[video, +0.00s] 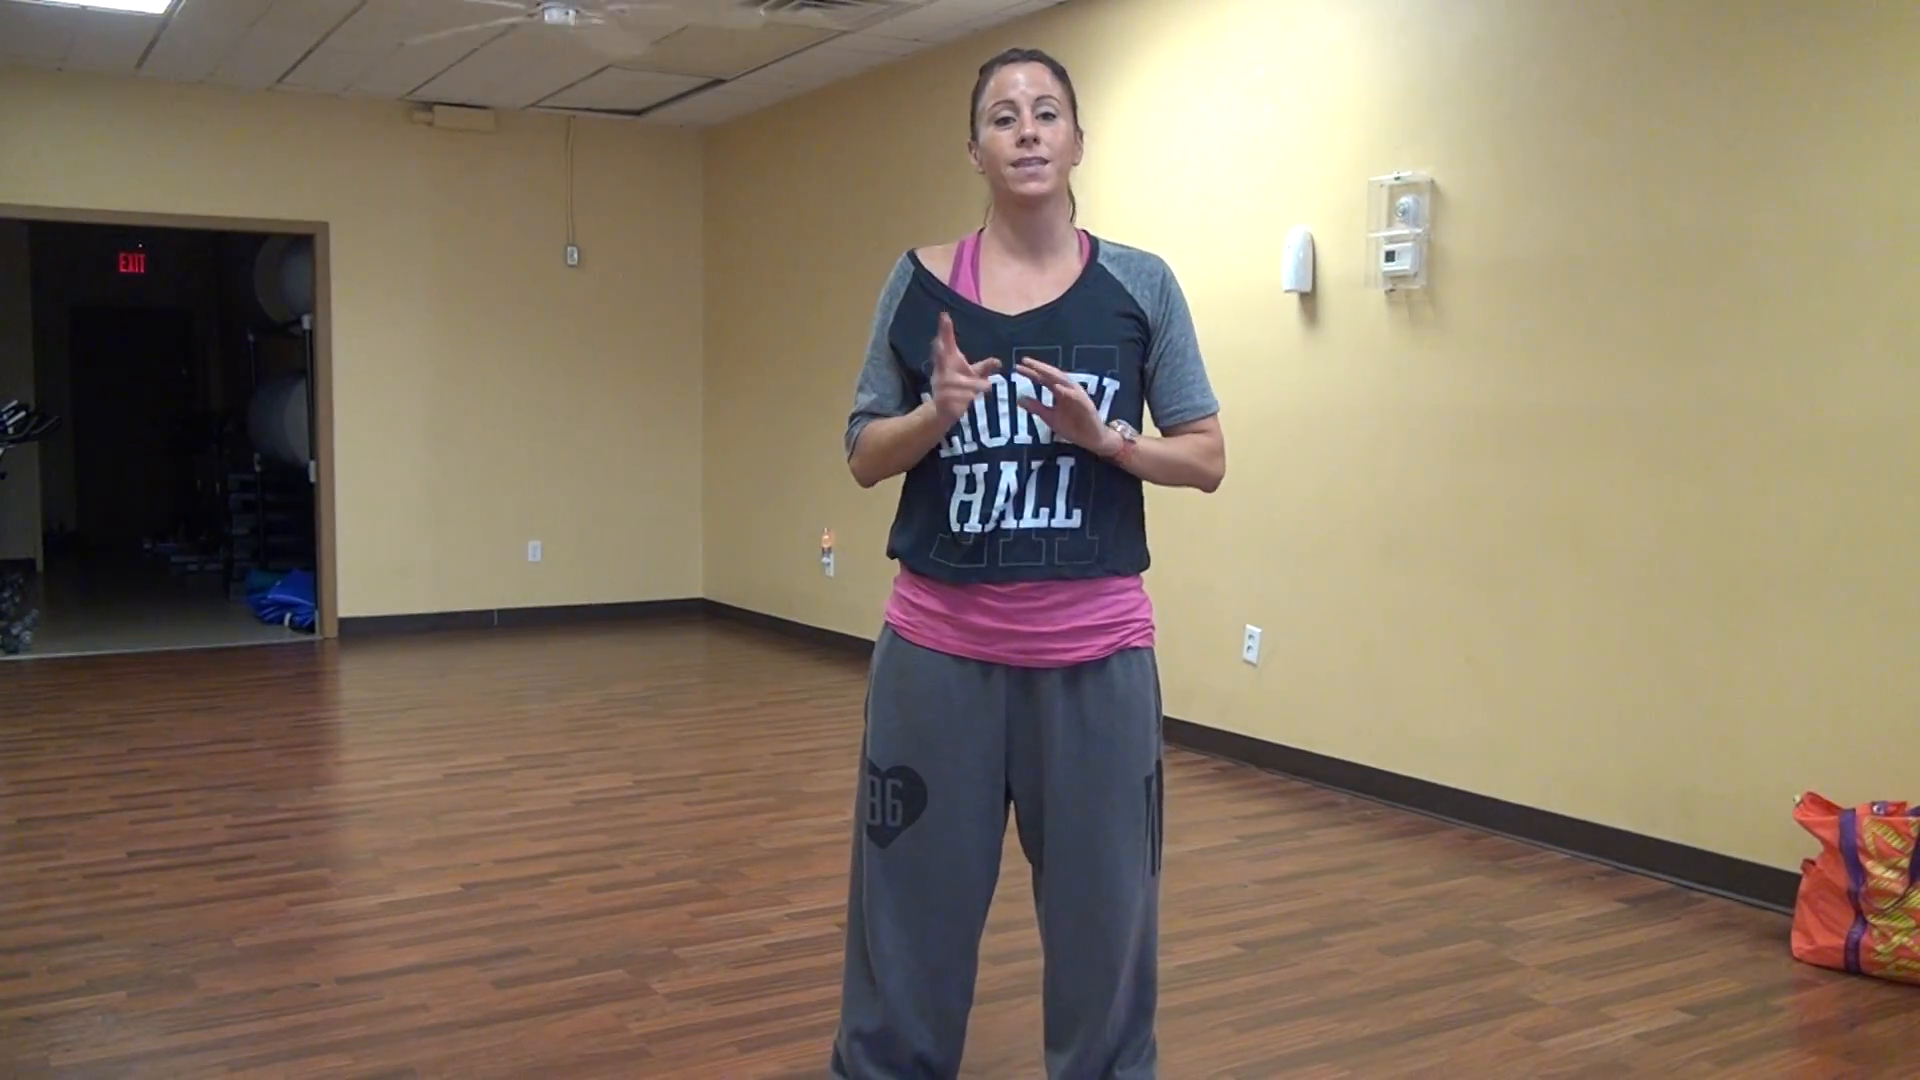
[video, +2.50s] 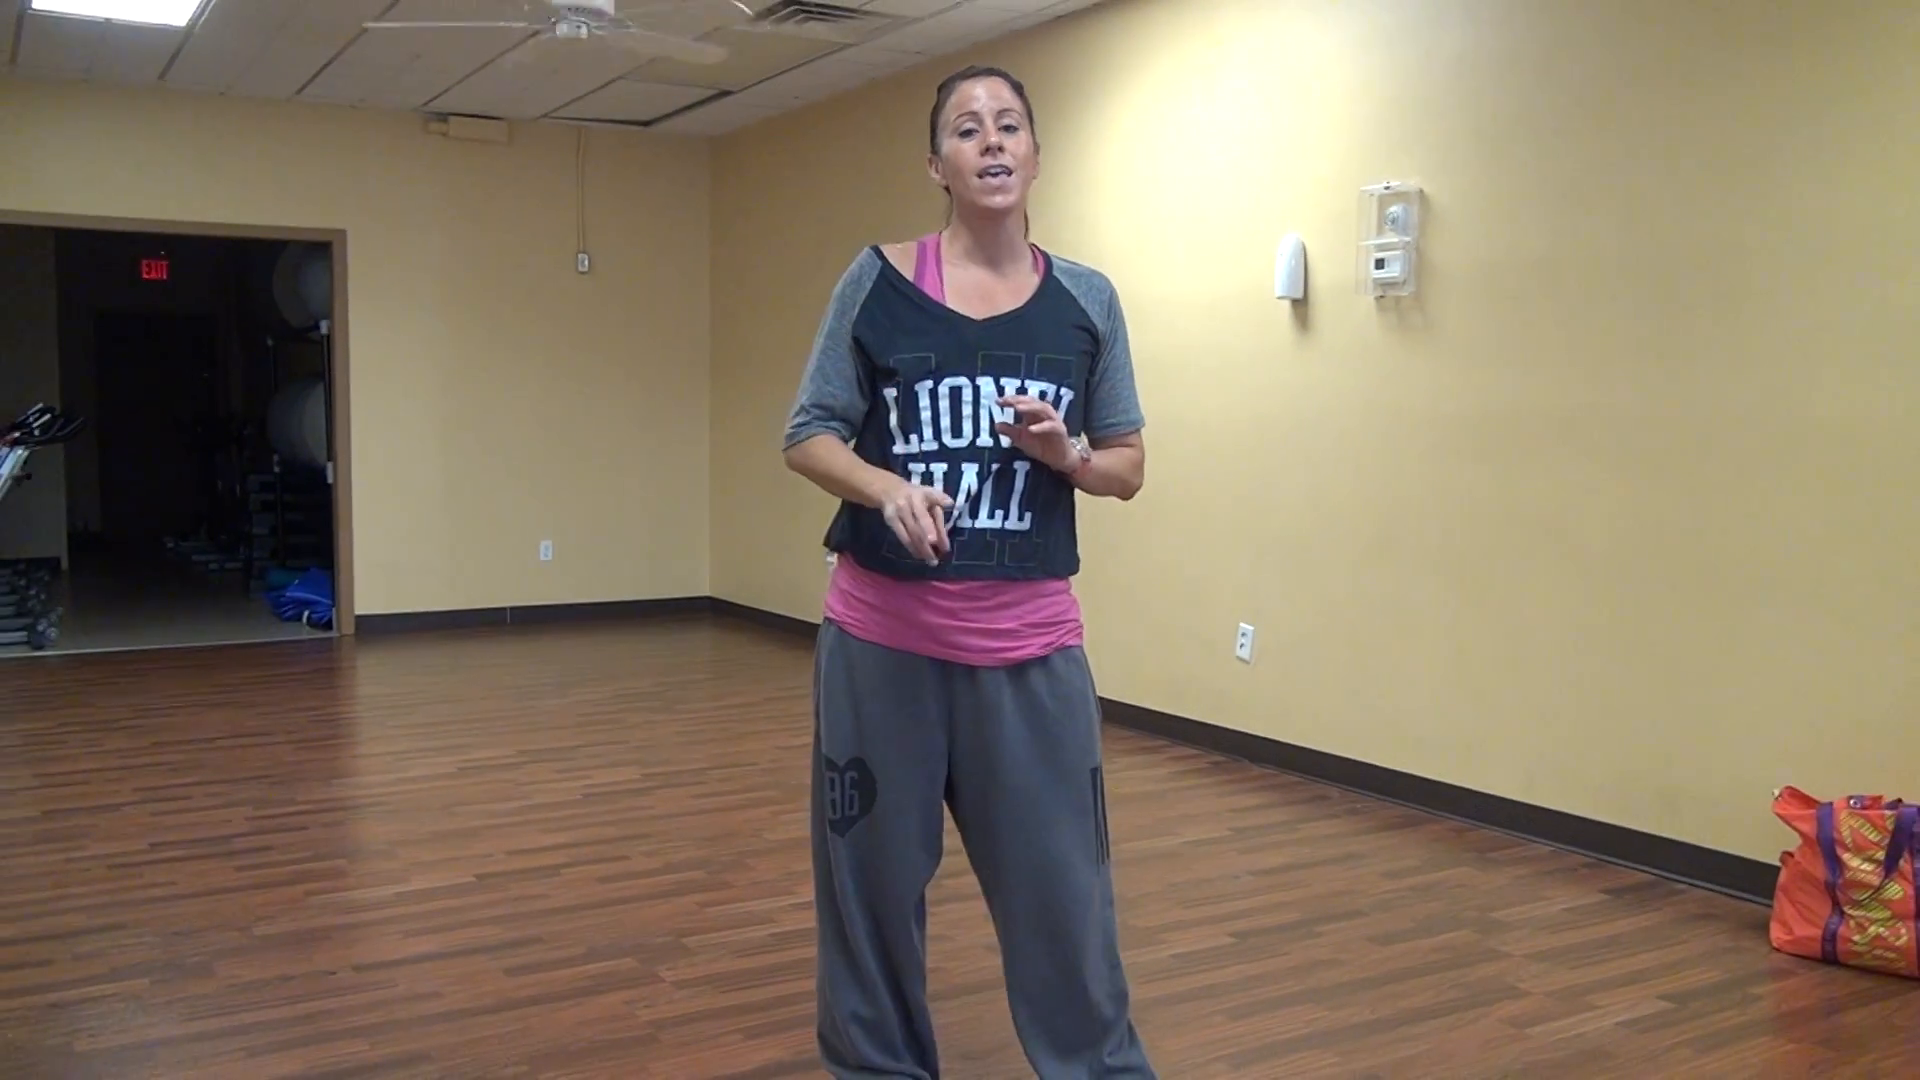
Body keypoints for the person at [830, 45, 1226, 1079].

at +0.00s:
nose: (1025, 131)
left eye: (1046, 114)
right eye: (1003, 117)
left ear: (1077, 141)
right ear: (975, 148)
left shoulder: (1142, 281)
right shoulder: (924, 280)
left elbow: (1207, 459)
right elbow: (866, 457)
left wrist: (1107, 439)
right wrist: (934, 413)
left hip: (1097, 646)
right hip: (937, 641)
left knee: (1107, 925)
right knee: (906, 917)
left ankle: (1104, 1072)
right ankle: (889, 1069)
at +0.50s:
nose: (1021, 129)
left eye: (1041, 114)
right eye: (999, 116)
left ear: (1070, 143)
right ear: (969, 150)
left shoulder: (1134, 279)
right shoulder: (916, 280)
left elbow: (1195, 453)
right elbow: (865, 468)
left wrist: (1122, 444)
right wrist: (906, 429)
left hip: (1095, 645)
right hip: (936, 642)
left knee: (1106, 920)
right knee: (907, 911)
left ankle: (1105, 1071)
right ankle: (887, 1068)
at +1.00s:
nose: (1016, 130)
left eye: (1036, 114)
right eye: (993, 118)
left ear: (1066, 143)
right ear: (965, 152)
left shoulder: (1135, 279)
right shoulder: (915, 282)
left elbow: (1196, 455)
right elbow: (865, 469)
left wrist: (1118, 444)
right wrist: (895, 442)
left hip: (1095, 644)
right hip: (936, 642)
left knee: (1106, 920)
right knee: (907, 911)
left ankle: (1106, 1073)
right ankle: (887, 1069)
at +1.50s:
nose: (1021, 122)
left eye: (1041, 103)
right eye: (996, 107)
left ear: (1072, 130)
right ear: (967, 141)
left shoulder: (1141, 273)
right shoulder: (916, 273)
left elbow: (1201, 450)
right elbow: (861, 450)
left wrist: (1125, 444)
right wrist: (902, 447)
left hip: (1101, 655)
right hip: (938, 651)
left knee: (1111, 939)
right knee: (906, 930)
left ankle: (1110, 1075)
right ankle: (887, 1070)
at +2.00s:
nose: (1013, 125)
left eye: (1032, 106)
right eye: (988, 110)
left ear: (1061, 131)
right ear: (958, 143)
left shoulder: (1128, 275)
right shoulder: (905, 273)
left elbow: (1187, 453)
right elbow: (849, 446)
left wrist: (1113, 444)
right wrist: (895, 449)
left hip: (1088, 651)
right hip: (925, 648)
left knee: (1106, 933)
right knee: (901, 925)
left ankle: (1110, 1076)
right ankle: (882, 1072)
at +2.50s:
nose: (993, 142)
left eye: (1009, 126)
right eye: (969, 130)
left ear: (1037, 151)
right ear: (936, 163)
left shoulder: (1088, 295)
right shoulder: (879, 278)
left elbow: (1126, 468)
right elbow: (808, 437)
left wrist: (1073, 457)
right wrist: (884, 487)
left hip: (1031, 642)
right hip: (880, 639)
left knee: (1064, 899)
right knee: (869, 894)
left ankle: (1100, 1066)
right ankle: (879, 1066)